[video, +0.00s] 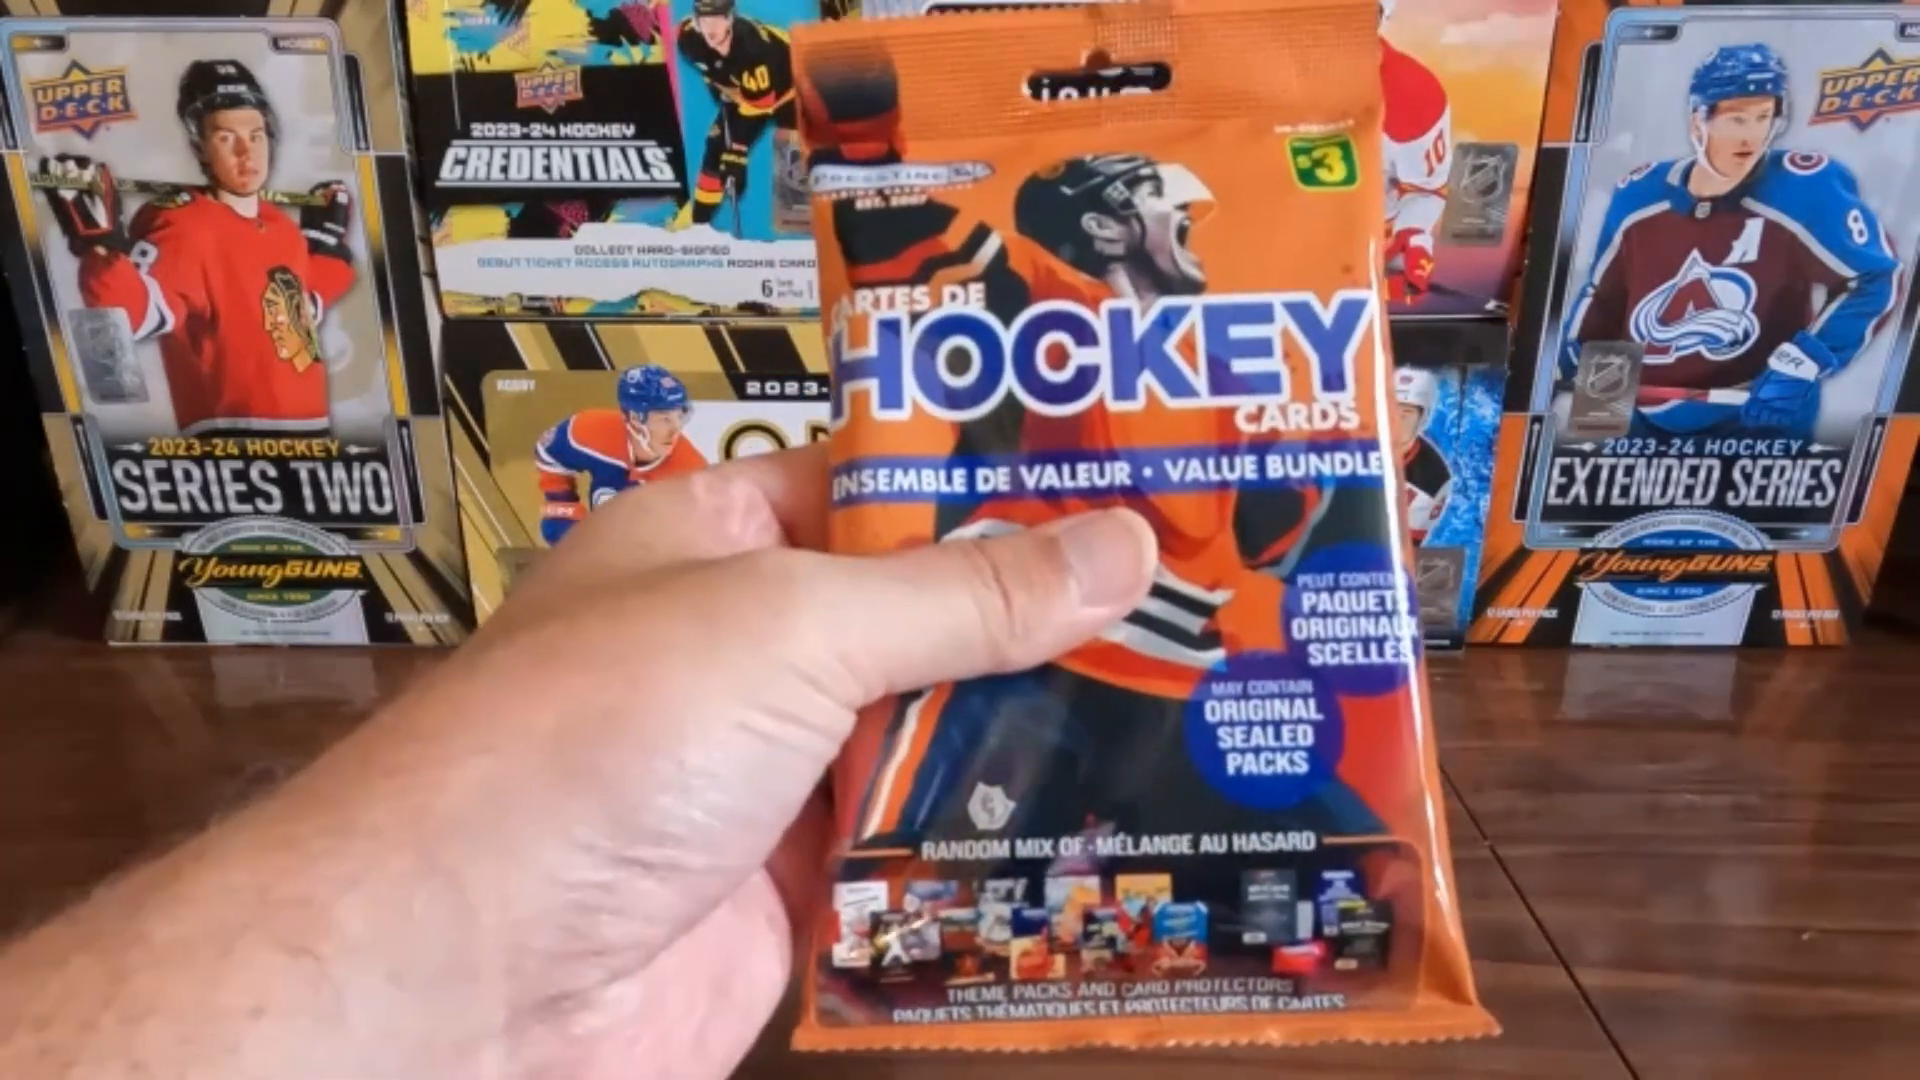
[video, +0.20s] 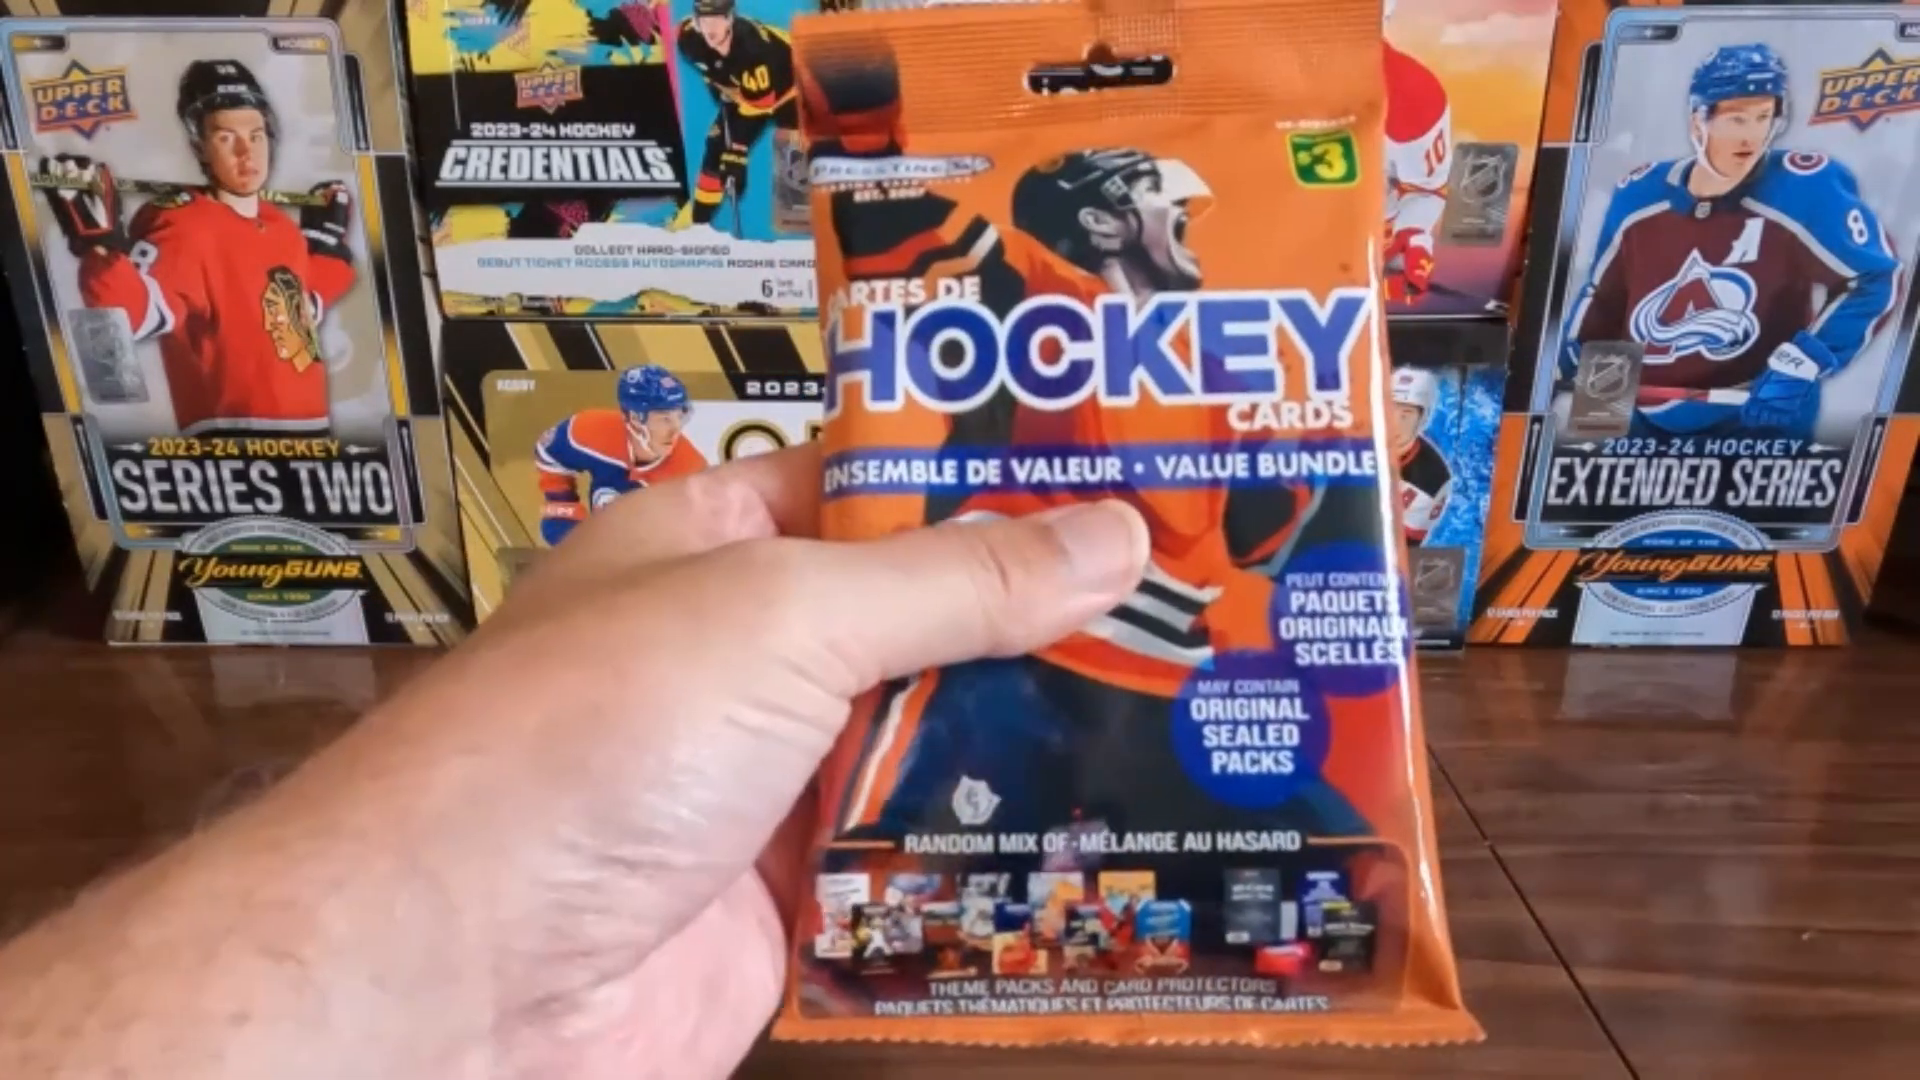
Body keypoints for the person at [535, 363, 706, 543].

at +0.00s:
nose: (676, 430)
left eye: (679, 418)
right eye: (665, 419)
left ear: (684, 417)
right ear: (634, 420)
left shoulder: (693, 470)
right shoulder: (590, 432)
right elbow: (550, 453)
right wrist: (562, 512)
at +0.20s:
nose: (676, 430)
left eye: (679, 418)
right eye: (665, 419)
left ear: (685, 417)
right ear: (634, 420)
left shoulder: (693, 470)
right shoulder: (590, 432)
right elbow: (550, 453)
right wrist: (562, 513)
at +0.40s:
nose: (676, 429)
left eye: (680, 417)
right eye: (665, 419)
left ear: (685, 414)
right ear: (635, 420)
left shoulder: (691, 475)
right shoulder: (592, 432)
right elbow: (550, 454)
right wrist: (563, 517)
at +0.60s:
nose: (676, 430)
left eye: (679, 418)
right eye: (665, 420)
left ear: (685, 415)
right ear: (635, 420)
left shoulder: (690, 477)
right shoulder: (592, 433)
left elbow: (700, 549)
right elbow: (550, 453)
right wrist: (561, 509)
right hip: (603, 562)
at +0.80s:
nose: (676, 430)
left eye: (680, 417)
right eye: (665, 419)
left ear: (685, 415)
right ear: (635, 420)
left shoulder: (690, 476)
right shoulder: (593, 433)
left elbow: (701, 549)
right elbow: (550, 452)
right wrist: (561, 509)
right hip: (603, 564)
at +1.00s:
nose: (676, 430)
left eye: (680, 418)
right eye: (664, 419)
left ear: (685, 417)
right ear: (635, 420)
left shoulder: (691, 476)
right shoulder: (593, 432)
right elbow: (550, 453)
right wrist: (566, 532)